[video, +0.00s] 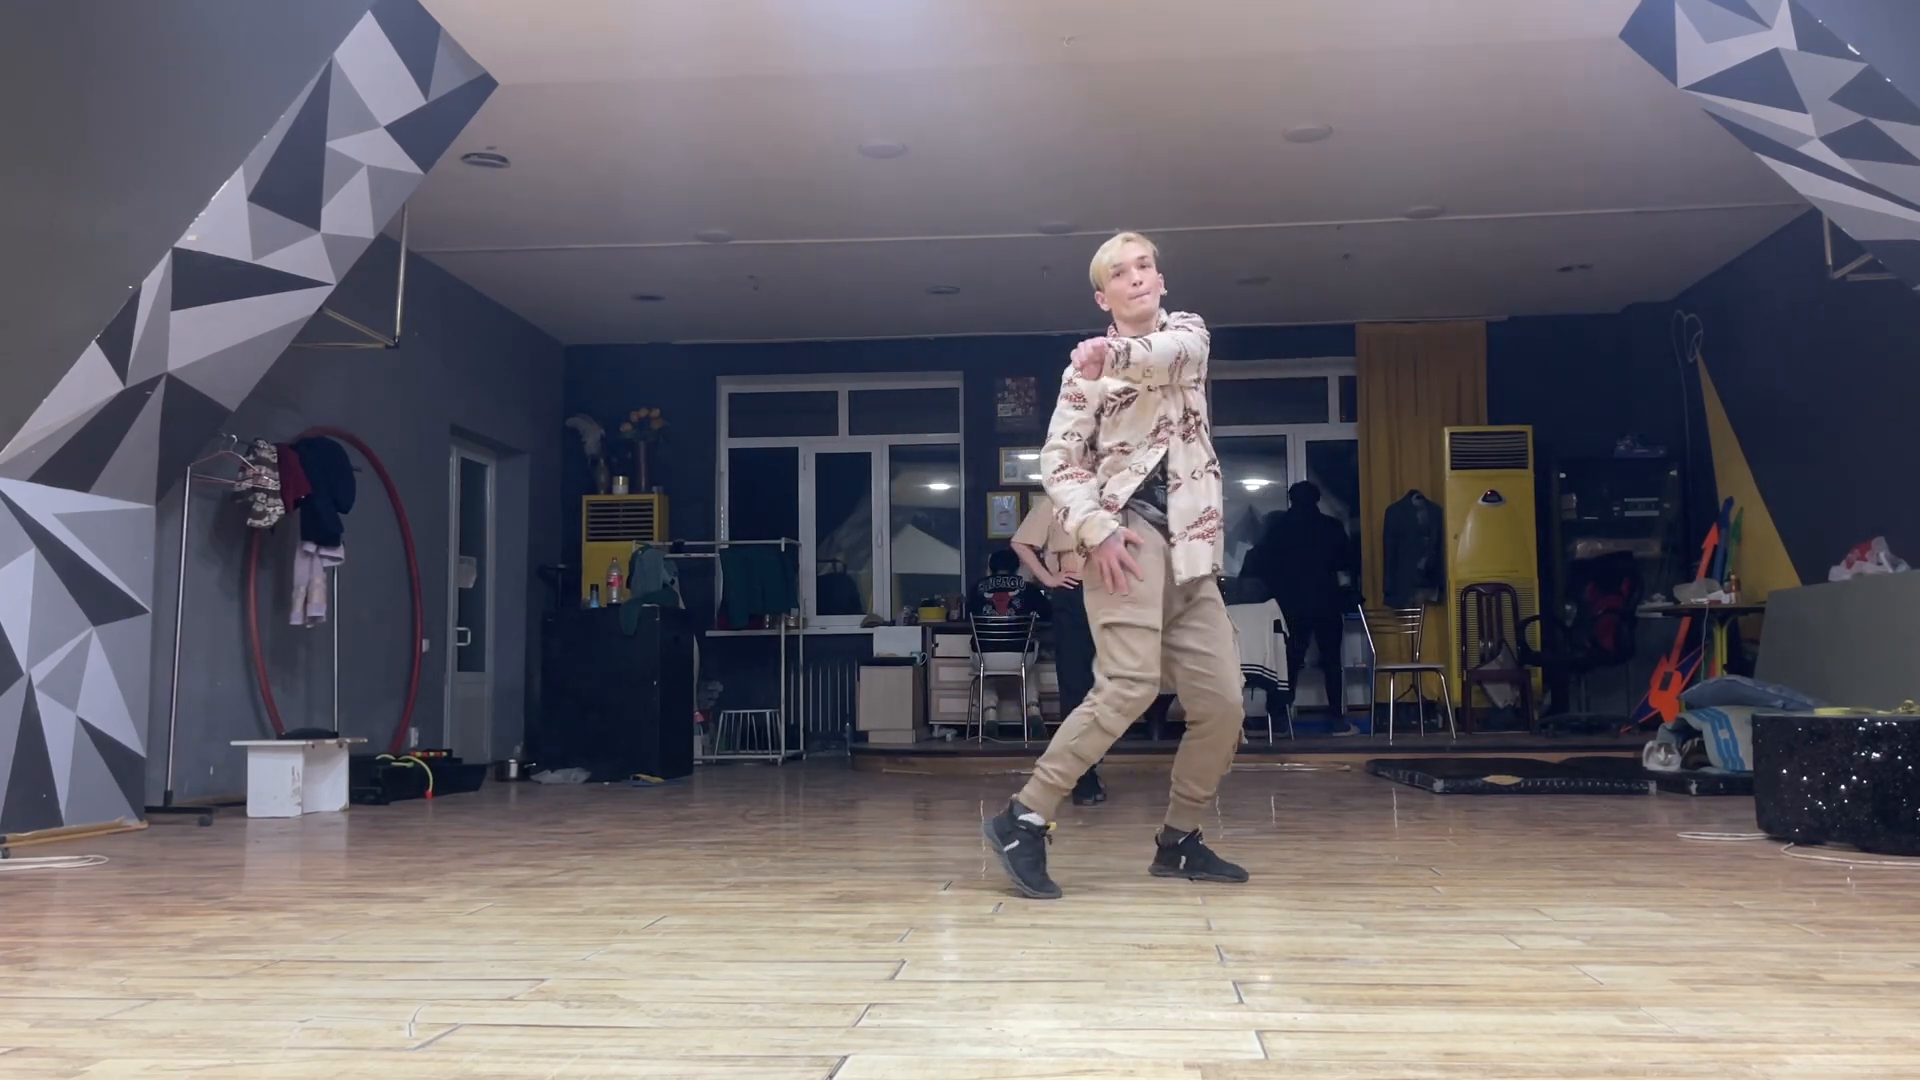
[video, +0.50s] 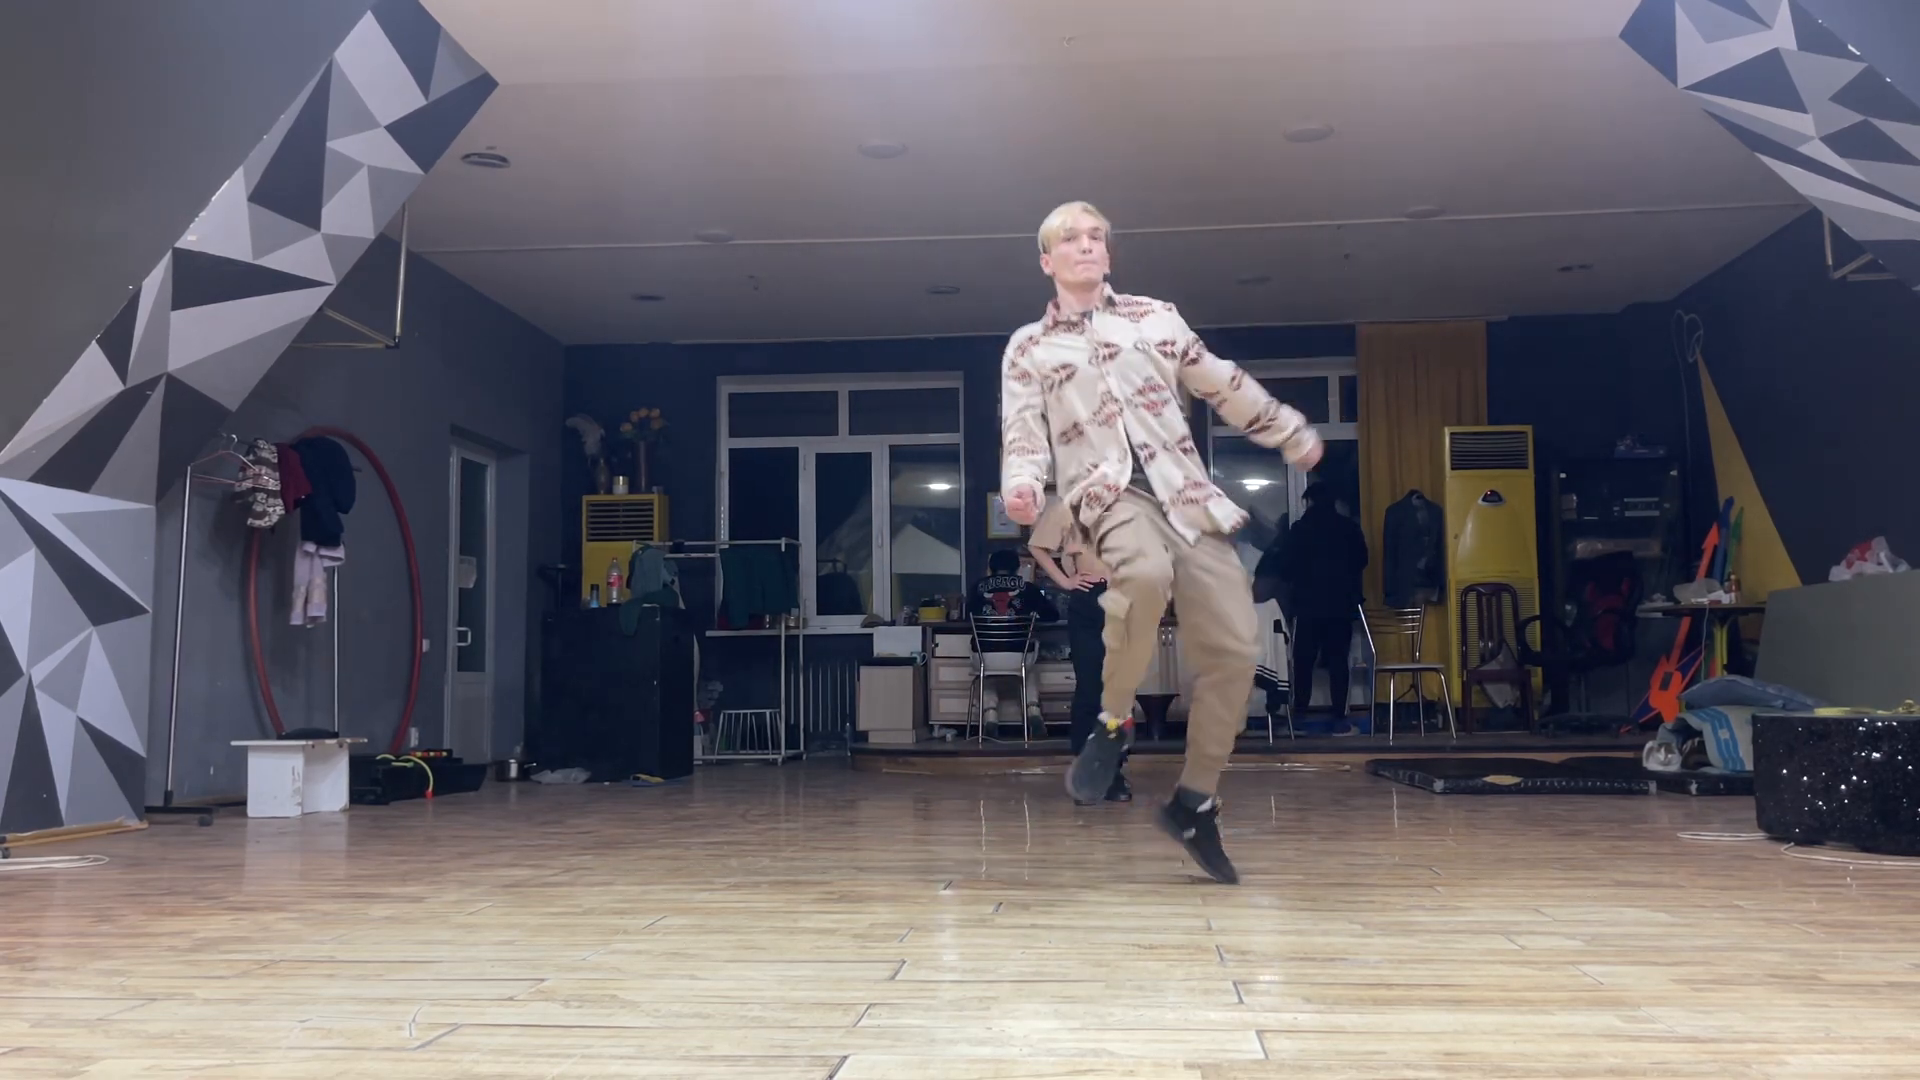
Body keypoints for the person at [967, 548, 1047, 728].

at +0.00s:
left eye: (987, 566)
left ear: (990, 568)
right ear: (1016, 568)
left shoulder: (978, 588)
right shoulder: (1028, 588)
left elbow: (967, 616)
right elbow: (1047, 615)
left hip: (985, 655)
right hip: (1019, 655)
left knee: (986, 674)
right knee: (1030, 663)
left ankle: (990, 712)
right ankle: (1032, 708)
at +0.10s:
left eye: (988, 566)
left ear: (990, 568)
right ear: (1017, 567)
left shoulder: (978, 588)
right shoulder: (1028, 588)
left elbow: (968, 616)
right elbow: (1047, 614)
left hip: (985, 655)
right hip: (1020, 654)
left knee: (985, 673)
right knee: (1030, 664)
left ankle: (990, 713)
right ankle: (1032, 707)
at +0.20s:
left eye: (987, 567)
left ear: (990, 568)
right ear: (1017, 568)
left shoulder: (978, 588)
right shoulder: (1029, 588)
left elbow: (968, 617)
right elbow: (1048, 615)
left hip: (986, 655)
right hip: (1019, 655)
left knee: (985, 674)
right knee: (1030, 664)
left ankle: (990, 713)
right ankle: (1032, 706)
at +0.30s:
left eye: (988, 567)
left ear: (990, 569)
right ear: (1017, 568)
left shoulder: (977, 587)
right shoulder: (1028, 588)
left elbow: (968, 616)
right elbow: (1050, 615)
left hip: (985, 654)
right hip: (1019, 654)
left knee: (985, 674)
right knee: (1031, 667)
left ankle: (990, 712)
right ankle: (1033, 707)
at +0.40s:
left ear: (991, 568)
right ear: (1017, 567)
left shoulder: (978, 587)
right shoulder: (1028, 588)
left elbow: (969, 616)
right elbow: (1051, 615)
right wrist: (1030, 616)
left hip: (986, 655)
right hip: (1020, 655)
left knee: (986, 674)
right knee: (1030, 668)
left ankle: (990, 713)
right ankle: (1033, 706)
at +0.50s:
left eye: (989, 567)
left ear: (991, 568)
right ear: (1017, 568)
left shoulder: (978, 587)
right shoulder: (1028, 588)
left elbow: (969, 616)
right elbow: (1052, 615)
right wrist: (1030, 615)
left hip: (985, 655)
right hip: (1020, 655)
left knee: (985, 675)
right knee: (1030, 668)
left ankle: (990, 714)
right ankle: (1033, 706)